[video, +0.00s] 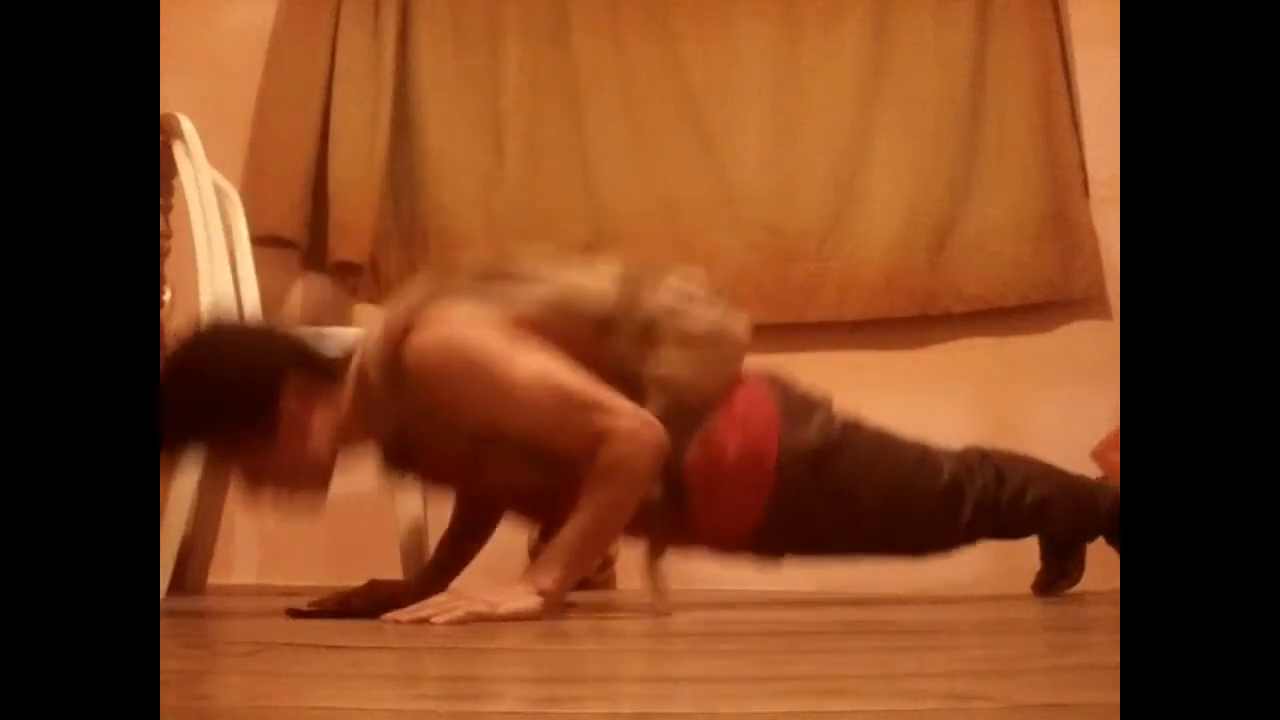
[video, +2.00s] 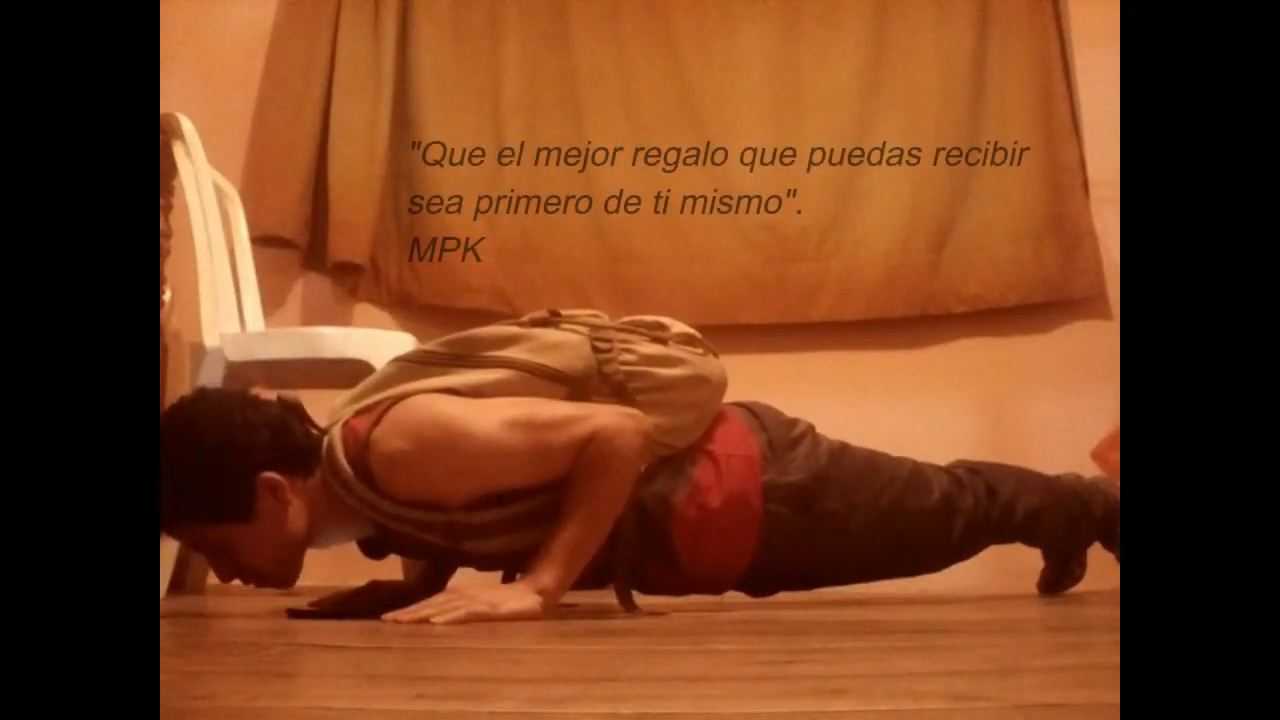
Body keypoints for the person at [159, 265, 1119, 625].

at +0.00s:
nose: (264, 480)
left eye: (253, 455)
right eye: (244, 468)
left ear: (291, 403)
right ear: (291, 404)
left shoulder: (435, 355)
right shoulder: (395, 395)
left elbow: (627, 441)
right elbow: (493, 478)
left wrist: (555, 579)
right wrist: (414, 580)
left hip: (755, 450)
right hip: (725, 481)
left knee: (955, 488)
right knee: (929, 503)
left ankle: (1099, 503)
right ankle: (1062, 516)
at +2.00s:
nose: (217, 570)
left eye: (216, 545)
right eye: (200, 553)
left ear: (276, 491)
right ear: (270, 484)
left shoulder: (405, 450)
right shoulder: (357, 456)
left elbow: (616, 440)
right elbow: (474, 534)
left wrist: (538, 588)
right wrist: (385, 588)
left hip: (739, 494)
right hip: (713, 494)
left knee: (948, 508)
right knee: (926, 505)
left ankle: (1096, 506)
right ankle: (1077, 507)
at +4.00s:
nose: (226, 572)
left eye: (221, 547)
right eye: (208, 559)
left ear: (276, 489)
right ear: (271, 481)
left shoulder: (404, 448)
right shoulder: (355, 458)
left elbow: (615, 439)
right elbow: (455, 541)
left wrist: (538, 588)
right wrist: (391, 585)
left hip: (739, 486)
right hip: (709, 504)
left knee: (944, 507)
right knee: (923, 507)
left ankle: (1096, 503)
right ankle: (1072, 506)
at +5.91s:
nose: (219, 575)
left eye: (214, 550)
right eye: (201, 560)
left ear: (265, 493)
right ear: (261, 482)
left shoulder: (400, 449)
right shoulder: (355, 459)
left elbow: (614, 438)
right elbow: (471, 533)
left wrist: (538, 588)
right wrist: (390, 586)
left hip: (738, 497)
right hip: (713, 501)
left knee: (948, 509)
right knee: (927, 506)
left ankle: (1095, 505)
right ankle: (1078, 505)